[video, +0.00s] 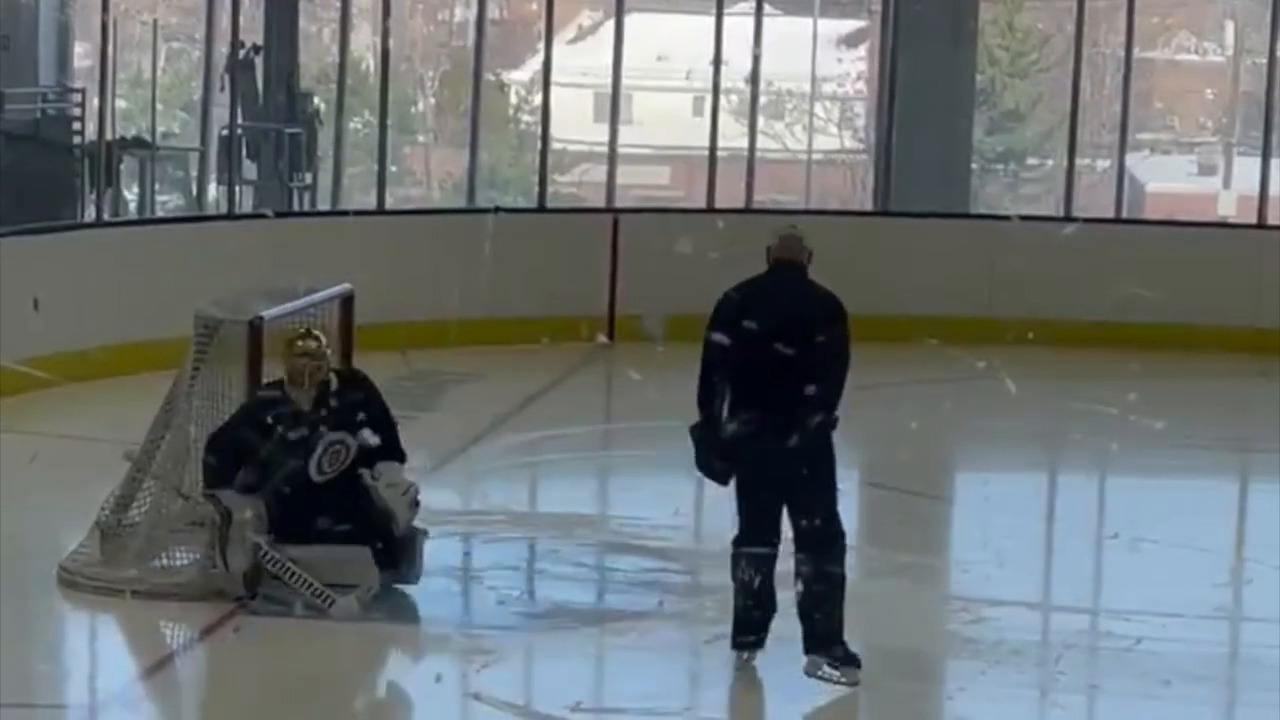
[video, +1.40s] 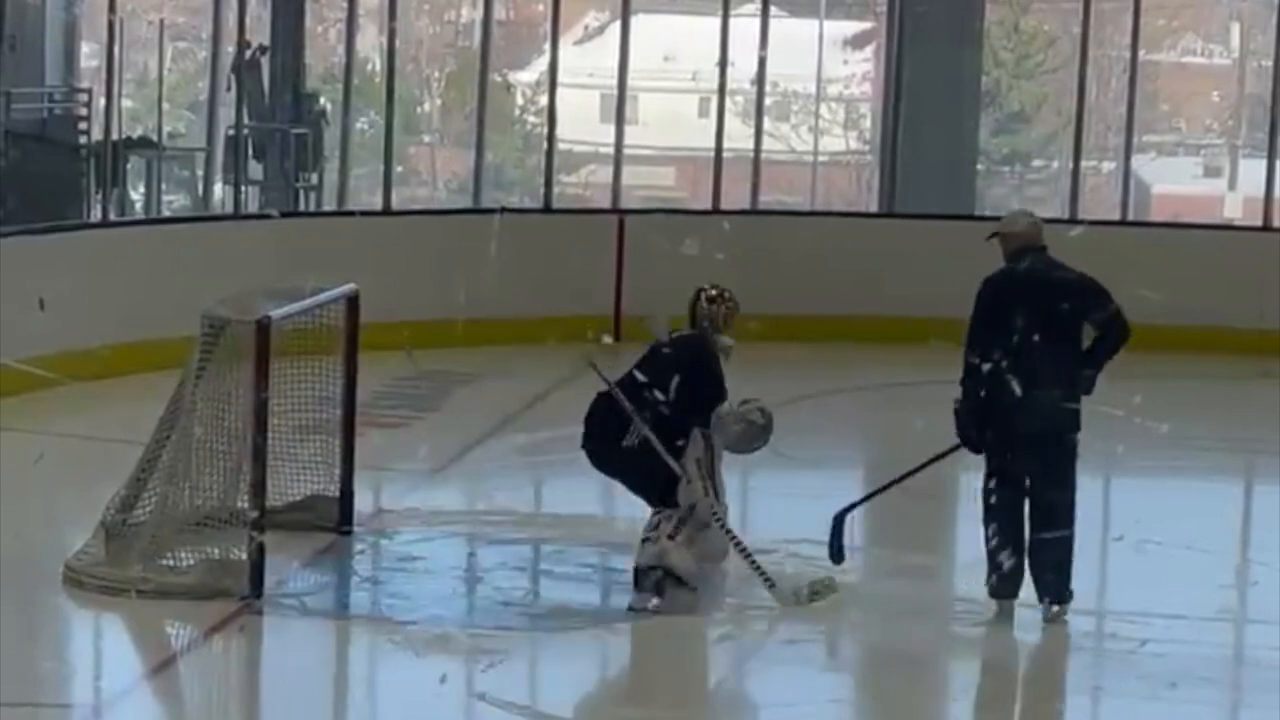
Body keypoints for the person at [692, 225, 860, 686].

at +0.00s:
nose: (796, 266)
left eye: (784, 256)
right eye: (801, 258)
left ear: (767, 260)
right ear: (808, 262)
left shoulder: (735, 300)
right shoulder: (826, 306)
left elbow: (711, 373)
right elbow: (832, 374)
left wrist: (709, 434)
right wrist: (815, 425)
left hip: (749, 441)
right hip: (806, 444)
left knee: (755, 534)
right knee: (820, 539)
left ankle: (747, 635)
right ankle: (824, 647)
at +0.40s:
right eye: (866, 255)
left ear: (830, 255)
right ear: (868, 258)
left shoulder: (800, 293)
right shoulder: (887, 300)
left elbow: (774, 364)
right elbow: (901, 369)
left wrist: (767, 425)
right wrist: (882, 420)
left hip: (809, 429)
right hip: (865, 433)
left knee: (798, 520)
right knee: (862, 527)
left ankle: (779, 617)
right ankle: (856, 626)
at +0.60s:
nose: (897, 260)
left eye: (889, 252)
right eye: (908, 254)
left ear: (875, 255)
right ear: (914, 257)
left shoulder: (849, 295)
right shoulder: (937, 300)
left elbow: (824, 361)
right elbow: (954, 366)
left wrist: (812, 416)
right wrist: (931, 410)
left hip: (857, 427)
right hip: (914, 434)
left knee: (833, 513)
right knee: (907, 523)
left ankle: (801, 604)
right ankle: (892, 615)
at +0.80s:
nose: (927, 258)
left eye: (923, 251)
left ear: (922, 251)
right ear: (960, 252)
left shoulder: (899, 292)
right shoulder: (988, 297)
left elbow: (874, 365)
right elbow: (1004, 365)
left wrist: (863, 423)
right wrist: (973, 415)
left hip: (901, 426)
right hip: (957, 432)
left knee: (882, 509)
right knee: (948, 522)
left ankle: (853, 597)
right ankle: (930, 612)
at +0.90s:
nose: (943, 255)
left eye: (943, 248)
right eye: (952, 248)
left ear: (943, 249)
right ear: (980, 251)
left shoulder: (920, 292)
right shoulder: (1009, 295)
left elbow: (896, 362)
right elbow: (1028, 358)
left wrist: (886, 420)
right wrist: (995, 405)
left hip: (923, 425)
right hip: (977, 429)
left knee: (910, 507)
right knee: (967, 515)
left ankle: (894, 601)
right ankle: (952, 609)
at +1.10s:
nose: (973, 249)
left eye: (974, 243)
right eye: (978, 242)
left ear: (977, 246)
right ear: (1013, 246)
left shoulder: (955, 288)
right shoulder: (1039, 288)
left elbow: (935, 356)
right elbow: (1067, 350)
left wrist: (928, 415)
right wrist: (1036, 403)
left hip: (963, 418)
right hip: (1015, 421)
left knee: (960, 503)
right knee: (1010, 509)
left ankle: (957, 599)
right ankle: (997, 607)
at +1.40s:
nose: (998, 248)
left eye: (1001, 241)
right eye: (999, 241)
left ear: (1010, 242)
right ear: (1038, 240)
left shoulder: (996, 287)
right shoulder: (1073, 281)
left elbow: (978, 359)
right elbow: (1116, 328)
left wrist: (970, 419)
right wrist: (1088, 369)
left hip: (1009, 416)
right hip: (1059, 417)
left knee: (1003, 498)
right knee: (1055, 500)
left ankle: (1004, 591)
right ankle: (1055, 597)